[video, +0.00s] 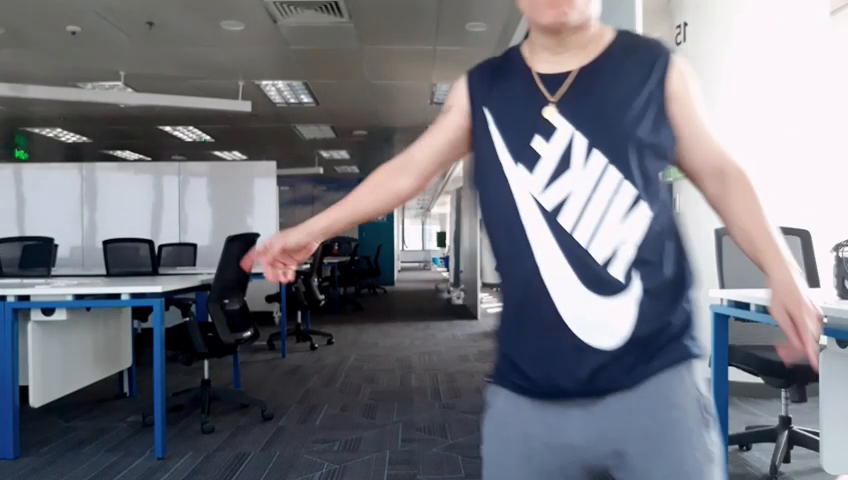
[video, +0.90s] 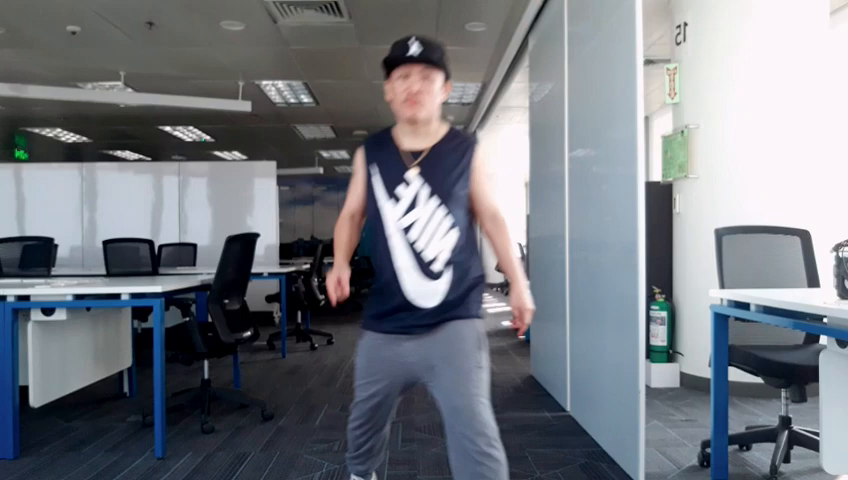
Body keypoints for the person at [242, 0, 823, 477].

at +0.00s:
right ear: (517, 1)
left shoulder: (654, 66)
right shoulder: (480, 88)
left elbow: (719, 176)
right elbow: (406, 173)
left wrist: (780, 276)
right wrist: (312, 231)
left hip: (655, 384)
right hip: (527, 391)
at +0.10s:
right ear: (490, 0)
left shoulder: (620, 55)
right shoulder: (463, 77)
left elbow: (679, 141)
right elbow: (417, 171)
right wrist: (353, 248)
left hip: (614, 353)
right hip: (500, 360)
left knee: (636, 470)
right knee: (505, 470)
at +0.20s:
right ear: (474, 2)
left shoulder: (606, 52)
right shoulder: (458, 81)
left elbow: (663, 132)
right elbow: (431, 179)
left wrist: (704, 182)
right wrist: (385, 255)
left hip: (593, 340)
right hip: (487, 344)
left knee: (607, 472)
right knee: (505, 471)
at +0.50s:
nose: (467, 25)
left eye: (482, 11)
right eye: (453, 18)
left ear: (514, 24)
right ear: (444, 39)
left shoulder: (560, 89)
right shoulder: (445, 115)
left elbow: (618, 154)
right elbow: (432, 197)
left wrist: (641, 203)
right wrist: (383, 259)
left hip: (540, 326)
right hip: (457, 327)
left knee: (532, 466)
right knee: (470, 463)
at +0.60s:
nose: (453, 34)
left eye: (466, 20)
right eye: (440, 25)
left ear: (493, 31)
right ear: (428, 44)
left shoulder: (533, 92)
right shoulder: (424, 113)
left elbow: (572, 167)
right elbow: (390, 187)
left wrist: (599, 242)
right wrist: (332, 224)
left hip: (513, 307)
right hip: (434, 304)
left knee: (515, 447)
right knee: (406, 431)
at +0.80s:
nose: (443, 55)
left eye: (455, 45)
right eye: (431, 48)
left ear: (478, 54)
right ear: (418, 63)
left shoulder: (514, 120)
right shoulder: (408, 132)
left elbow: (545, 198)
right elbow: (377, 198)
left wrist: (570, 274)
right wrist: (330, 225)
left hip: (495, 319)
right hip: (421, 317)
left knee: (503, 457)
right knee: (384, 438)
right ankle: (388, 475)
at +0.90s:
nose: (413, 87)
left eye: (425, 77)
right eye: (403, 77)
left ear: (445, 89)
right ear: (387, 91)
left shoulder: (465, 148)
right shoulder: (370, 152)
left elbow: (490, 216)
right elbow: (351, 215)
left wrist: (518, 282)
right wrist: (341, 262)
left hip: (453, 321)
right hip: (384, 322)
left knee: (473, 431)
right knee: (364, 421)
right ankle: (360, 474)